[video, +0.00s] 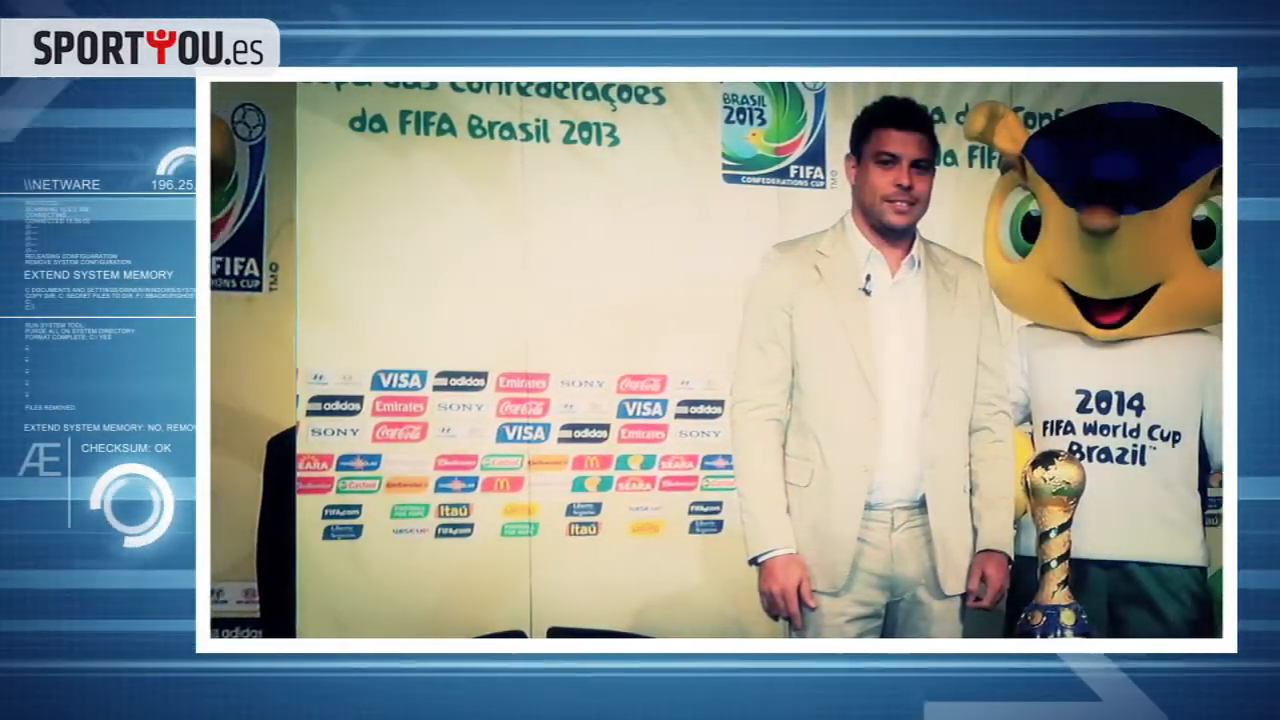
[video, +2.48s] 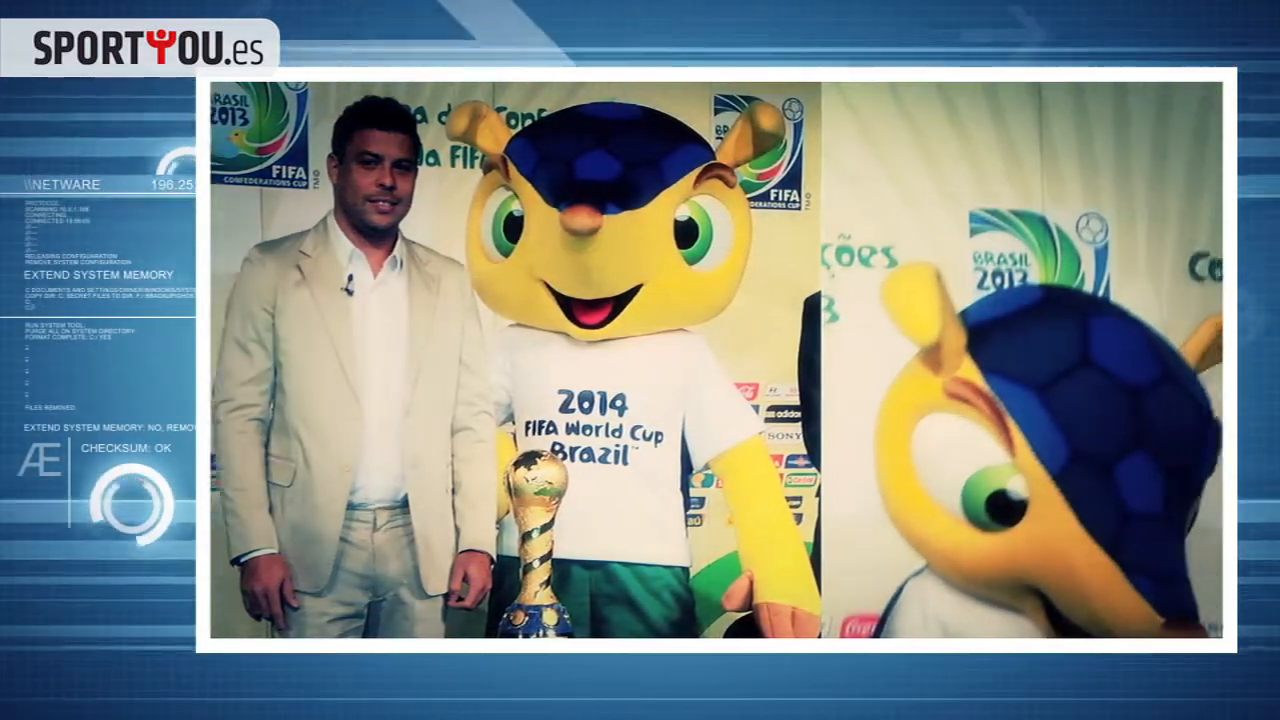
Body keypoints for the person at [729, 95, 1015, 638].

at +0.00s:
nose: (905, 180)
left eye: (921, 166)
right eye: (887, 162)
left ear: (934, 178)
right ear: (852, 169)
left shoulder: (967, 283)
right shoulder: (789, 270)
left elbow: (991, 423)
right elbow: (756, 414)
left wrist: (994, 543)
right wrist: (773, 549)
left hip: (940, 543)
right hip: (832, 545)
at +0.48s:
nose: (804, 180)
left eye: (820, 166)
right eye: (786, 162)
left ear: (833, 178)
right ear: (751, 170)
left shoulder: (866, 282)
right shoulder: (688, 271)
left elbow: (890, 422)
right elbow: (655, 415)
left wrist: (893, 543)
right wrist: (672, 549)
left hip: (840, 543)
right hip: (731, 545)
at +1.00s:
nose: (696, 180)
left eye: (712, 166)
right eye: (678, 162)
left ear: (725, 177)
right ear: (643, 169)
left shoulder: (758, 282)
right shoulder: (580, 271)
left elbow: (782, 422)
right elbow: (547, 416)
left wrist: (784, 543)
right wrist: (564, 549)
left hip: (731, 542)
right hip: (623, 544)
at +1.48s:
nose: (596, 180)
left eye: (612, 166)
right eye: (578, 162)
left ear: (625, 178)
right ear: (542, 169)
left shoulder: (659, 283)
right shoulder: (480, 270)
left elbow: (682, 423)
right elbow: (447, 415)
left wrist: (684, 543)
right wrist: (464, 549)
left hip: (631, 542)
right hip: (523, 544)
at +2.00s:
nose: (488, 180)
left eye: (504, 166)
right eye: (469, 162)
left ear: (517, 178)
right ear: (434, 170)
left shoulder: (550, 282)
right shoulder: (371, 270)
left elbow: (573, 423)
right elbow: (338, 414)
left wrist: (576, 543)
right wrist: (356, 548)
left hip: (522, 543)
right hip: (415, 544)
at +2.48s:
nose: (388, 181)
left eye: (404, 166)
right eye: (370, 162)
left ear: (417, 178)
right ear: (335, 170)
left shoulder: (449, 282)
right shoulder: (271, 270)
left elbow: (473, 422)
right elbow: (238, 414)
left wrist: (476, 543)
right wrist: (256, 548)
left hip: (423, 543)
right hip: (316, 544)